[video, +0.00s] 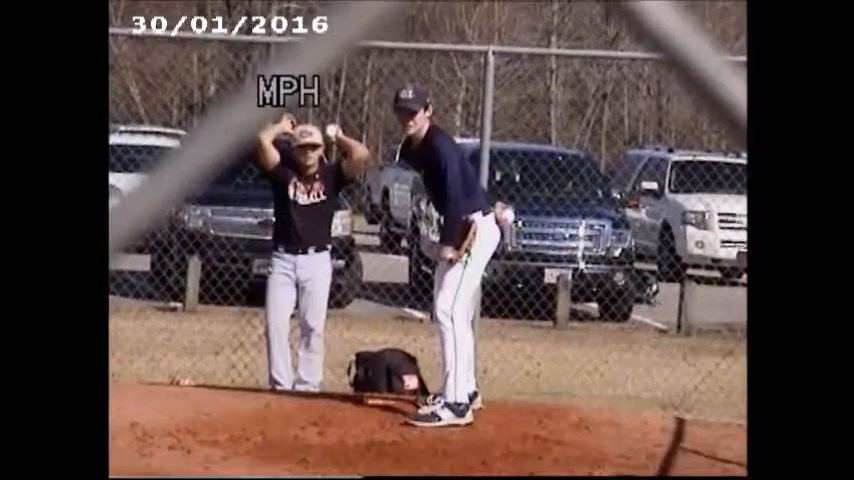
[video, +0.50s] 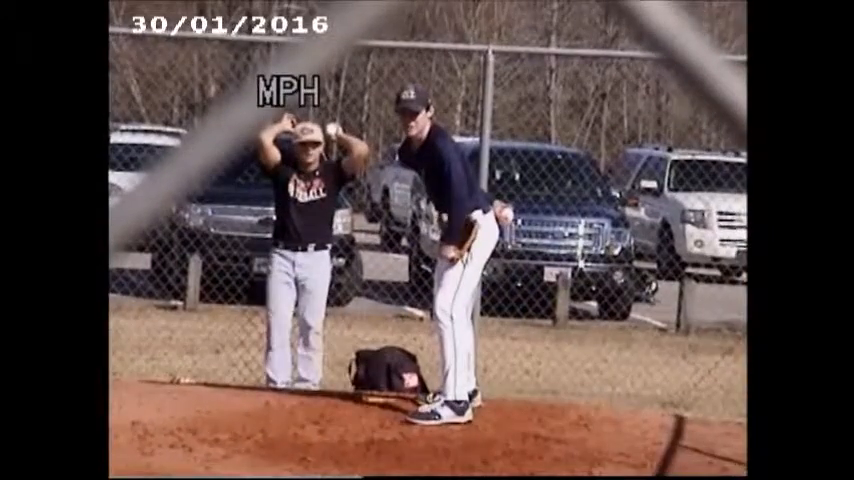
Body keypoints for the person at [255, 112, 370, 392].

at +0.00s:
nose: (309, 154)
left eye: (314, 148)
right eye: (303, 149)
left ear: (322, 150)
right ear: (294, 151)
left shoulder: (333, 175)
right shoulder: (283, 174)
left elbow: (362, 156)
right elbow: (264, 142)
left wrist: (340, 138)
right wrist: (280, 127)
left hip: (317, 260)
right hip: (283, 259)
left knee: (313, 325)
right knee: (276, 323)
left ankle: (308, 386)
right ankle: (279, 384)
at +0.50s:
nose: (309, 151)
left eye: (315, 146)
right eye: (304, 146)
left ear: (323, 147)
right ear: (294, 147)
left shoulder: (333, 173)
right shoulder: (283, 172)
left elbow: (362, 151)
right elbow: (265, 141)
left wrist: (339, 136)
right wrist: (281, 126)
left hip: (317, 257)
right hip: (283, 256)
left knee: (312, 324)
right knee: (277, 321)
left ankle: (308, 384)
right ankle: (276, 382)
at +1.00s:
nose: (306, 149)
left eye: (312, 143)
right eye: (300, 144)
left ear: (320, 145)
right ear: (291, 146)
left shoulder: (330, 170)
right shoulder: (280, 171)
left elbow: (362, 153)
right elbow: (264, 139)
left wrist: (339, 136)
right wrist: (281, 125)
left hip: (319, 256)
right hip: (284, 255)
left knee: (311, 323)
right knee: (280, 320)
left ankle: (307, 383)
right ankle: (278, 381)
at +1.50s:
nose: (304, 153)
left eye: (309, 147)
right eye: (299, 148)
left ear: (318, 148)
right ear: (290, 150)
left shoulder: (331, 175)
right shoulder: (281, 174)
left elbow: (367, 159)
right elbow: (263, 144)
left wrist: (343, 140)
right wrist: (280, 129)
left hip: (319, 259)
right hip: (285, 257)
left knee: (313, 322)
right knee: (280, 321)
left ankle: (309, 381)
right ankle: (278, 381)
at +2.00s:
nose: (304, 153)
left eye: (310, 147)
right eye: (299, 147)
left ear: (318, 149)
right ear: (291, 149)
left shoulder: (330, 174)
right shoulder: (281, 174)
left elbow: (358, 157)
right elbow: (268, 148)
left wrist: (339, 138)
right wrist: (282, 129)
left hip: (320, 260)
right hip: (286, 258)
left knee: (314, 324)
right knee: (281, 322)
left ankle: (309, 383)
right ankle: (280, 382)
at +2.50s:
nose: (305, 155)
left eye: (311, 149)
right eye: (300, 150)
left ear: (320, 150)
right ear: (292, 151)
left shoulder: (331, 176)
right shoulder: (282, 176)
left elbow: (354, 155)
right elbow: (270, 147)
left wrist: (339, 138)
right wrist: (284, 127)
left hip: (321, 260)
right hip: (287, 258)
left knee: (315, 322)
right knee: (283, 321)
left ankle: (309, 381)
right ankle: (283, 380)